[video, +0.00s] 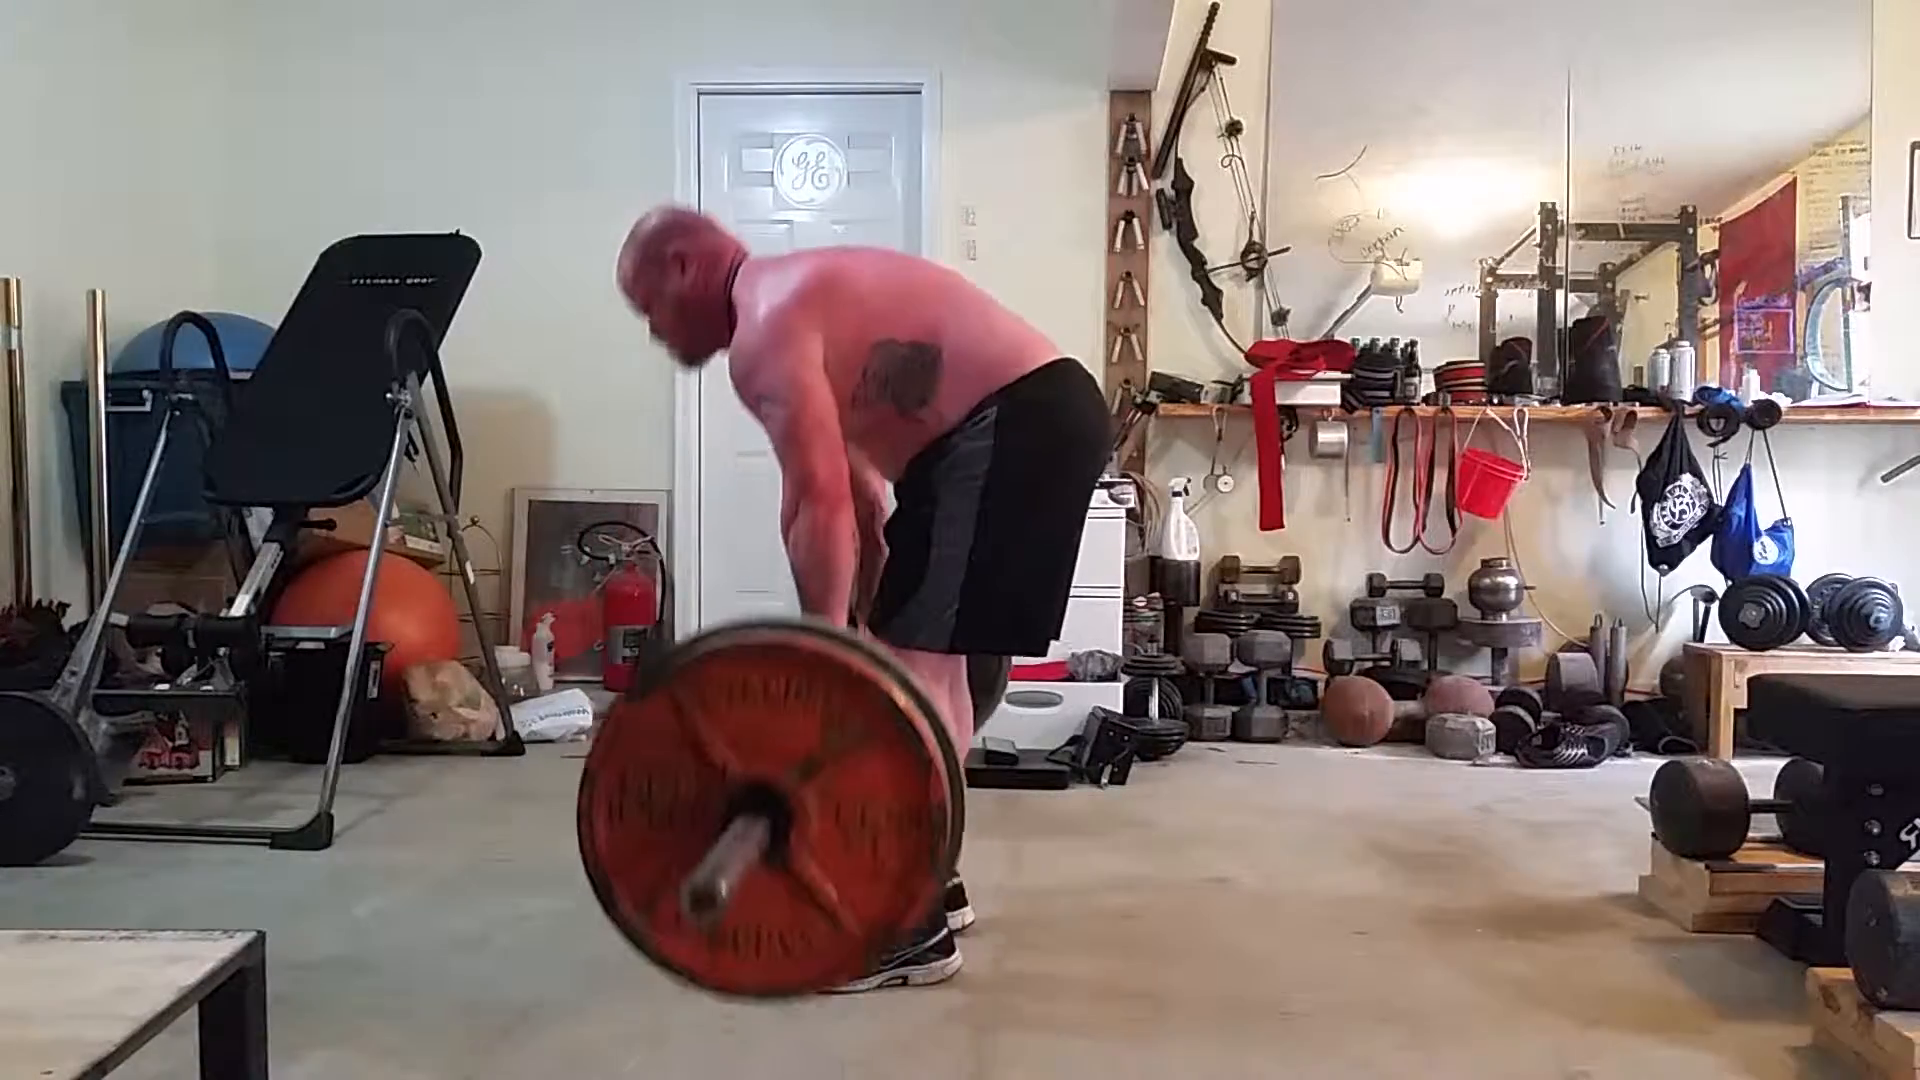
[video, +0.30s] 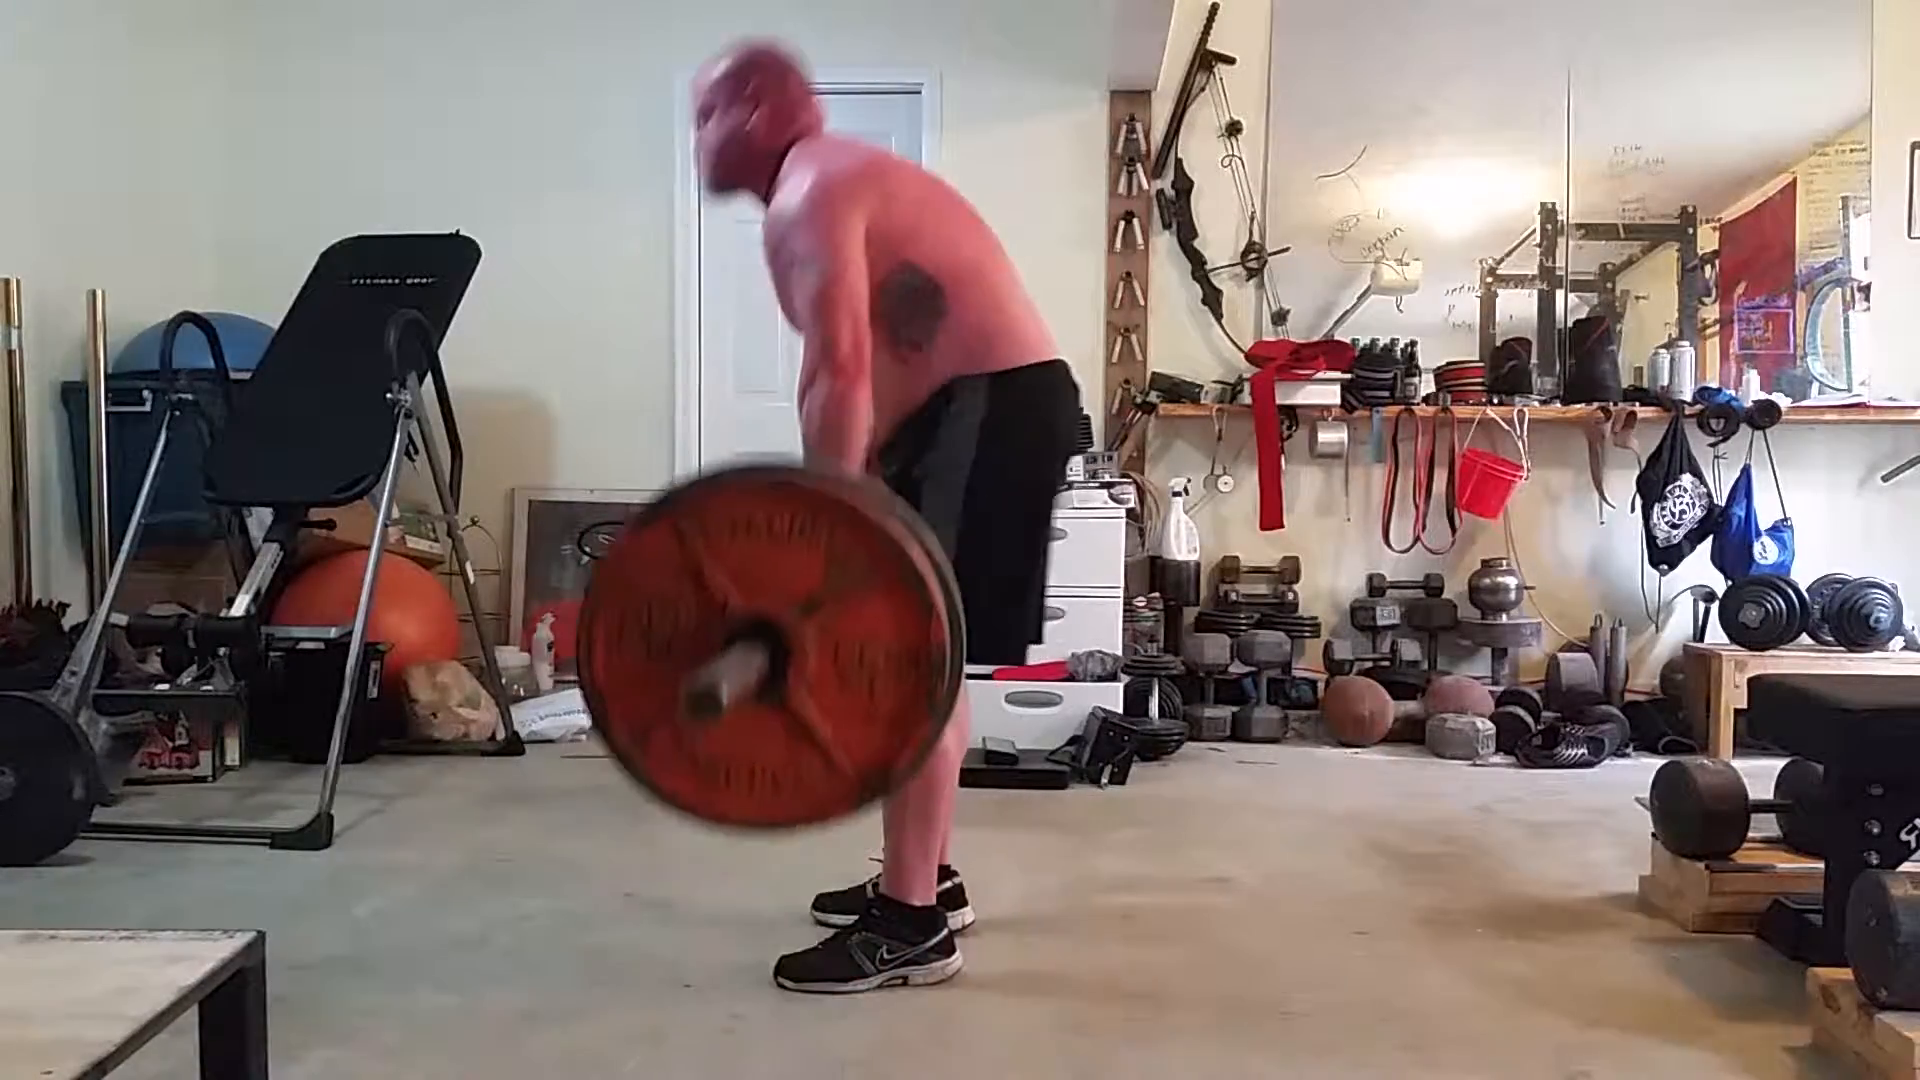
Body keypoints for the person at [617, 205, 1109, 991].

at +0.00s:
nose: (654, 331)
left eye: (649, 308)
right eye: (644, 315)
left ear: (688, 268)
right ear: (701, 262)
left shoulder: (768, 329)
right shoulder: (784, 313)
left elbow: (819, 502)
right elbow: (866, 515)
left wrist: (819, 663)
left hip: (1010, 424)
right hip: (1011, 421)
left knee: (911, 668)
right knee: (932, 668)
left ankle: (909, 922)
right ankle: (925, 889)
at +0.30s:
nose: (696, 137)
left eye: (709, 113)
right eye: (696, 118)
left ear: (767, 106)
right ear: (778, 112)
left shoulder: (816, 187)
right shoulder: (819, 191)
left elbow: (841, 372)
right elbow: (829, 378)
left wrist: (817, 541)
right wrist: (821, 537)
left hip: (988, 407)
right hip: (961, 409)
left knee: (920, 648)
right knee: (914, 642)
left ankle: (912, 915)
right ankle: (919, 879)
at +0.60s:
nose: (797, 9)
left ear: (850, 4)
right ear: (887, 11)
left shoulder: (881, 87)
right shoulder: (897, 91)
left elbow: (878, 271)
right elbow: (858, 280)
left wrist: (818, 429)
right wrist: (799, 425)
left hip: (930, 398)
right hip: (943, 395)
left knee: (913, 651)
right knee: (917, 648)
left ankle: (914, 918)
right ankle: (922, 881)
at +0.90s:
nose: (773, 27)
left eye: (788, 8)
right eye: (777, 11)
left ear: (842, 15)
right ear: (858, 22)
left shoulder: (872, 109)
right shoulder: (868, 113)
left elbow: (865, 295)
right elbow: (860, 306)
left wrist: (820, 460)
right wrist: (811, 457)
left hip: (941, 400)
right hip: (946, 400)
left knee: (897, 648)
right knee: (910, 648)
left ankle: (907, 918)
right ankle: (924, 879)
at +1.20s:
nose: (669, 195)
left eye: (668, 171)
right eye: (660, 177)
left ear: (711, 134)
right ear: (728, 131)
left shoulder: (792, 199)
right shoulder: (802, 192)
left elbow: (832, 381)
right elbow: (843, 380)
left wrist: (819, 556)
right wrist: (819, 558)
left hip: (972, 412)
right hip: (966, 411)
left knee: (914, 651)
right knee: (925, 648)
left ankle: (910, 914)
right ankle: (922, 879)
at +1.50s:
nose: (660, 326)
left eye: (650, 302)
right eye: (646, 310)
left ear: (680, 254)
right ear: (693, 246)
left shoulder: (772, 303)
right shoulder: (790, 288)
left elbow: (824, 480)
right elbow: (869, 488)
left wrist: (817, 653)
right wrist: (858, 628)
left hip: (1006, 421)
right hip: (995, 423)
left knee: (926, 666)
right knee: (925, 666)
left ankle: (905, 921)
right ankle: (918, 886)